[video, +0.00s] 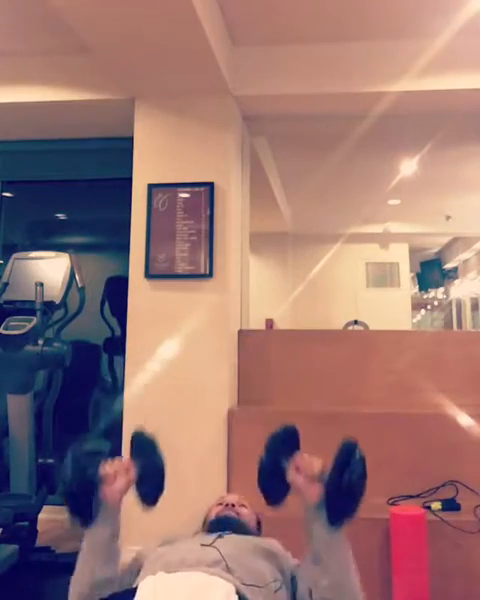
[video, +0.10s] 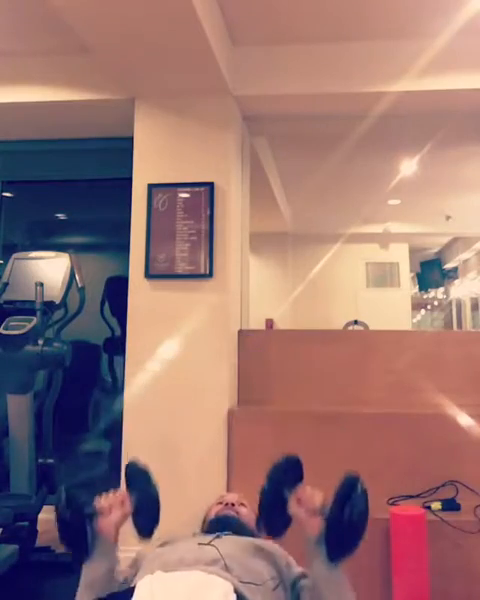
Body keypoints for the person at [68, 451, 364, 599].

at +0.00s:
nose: (229, 504)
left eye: (240, 506)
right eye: (220, 504)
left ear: (259, 526)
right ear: (202, 523)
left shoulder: (274, 554)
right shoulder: (159, 552)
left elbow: (338, 594)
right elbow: (88, 593)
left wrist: (317, 510)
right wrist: (108, 509)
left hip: (225, 589)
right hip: (154, 587)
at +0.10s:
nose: (229, 502)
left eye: (240, 503)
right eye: (220, 501)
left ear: (256, 525)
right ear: (203, 521)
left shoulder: (271, 552)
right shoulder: (156, 550)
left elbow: (319, 592)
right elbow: (98, 592)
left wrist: (318, 540)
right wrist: (105, 540)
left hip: (224, 589)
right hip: (156, 588)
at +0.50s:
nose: (226, 506)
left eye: (238, 508)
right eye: (218, 506)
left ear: (255, 530)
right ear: (199, 524)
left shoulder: (271, 553)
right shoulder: (156, 550)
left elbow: (324, 594)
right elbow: (83, 592)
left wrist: (315, 509)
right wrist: (112, 496)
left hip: (223, 589)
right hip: (150, 586)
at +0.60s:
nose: (227, 513)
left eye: (238, 514)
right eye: (218, 512)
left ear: (258, 533)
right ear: (201, 527)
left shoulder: (273, 553)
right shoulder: (156, 552)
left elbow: (332, 581)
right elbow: (92, 565)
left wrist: (307, 468)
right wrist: (124, 461)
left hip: (227, 591)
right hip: (154, 588)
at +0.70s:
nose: (228, 513)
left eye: (240, 515)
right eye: (220, 512)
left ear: (259, 533)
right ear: (204, 527)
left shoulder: (275, 553)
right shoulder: (153, 547)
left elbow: (319, 535)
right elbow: (110, 517)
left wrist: (296, 431)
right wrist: (140, 429)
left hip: (223, 590)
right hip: (152, 587)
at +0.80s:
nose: (233, 515)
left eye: (245, 516)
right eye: (224, 513)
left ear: (262, 532)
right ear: (208, 524)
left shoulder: (282, 563)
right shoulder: (150, 546)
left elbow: (305, 506)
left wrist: (286, 404)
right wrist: (155, 398)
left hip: (220, 589)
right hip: (144, 588)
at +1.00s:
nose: (234, 510)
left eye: (245, 512)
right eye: (226, 509)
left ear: (261, 529)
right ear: (209, 521)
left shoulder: (281, 560)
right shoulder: (155, 546)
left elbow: (301, 502)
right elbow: (142, 486)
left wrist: (284, 407)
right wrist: (159, 403)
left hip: (223, 588)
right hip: (144, 588)